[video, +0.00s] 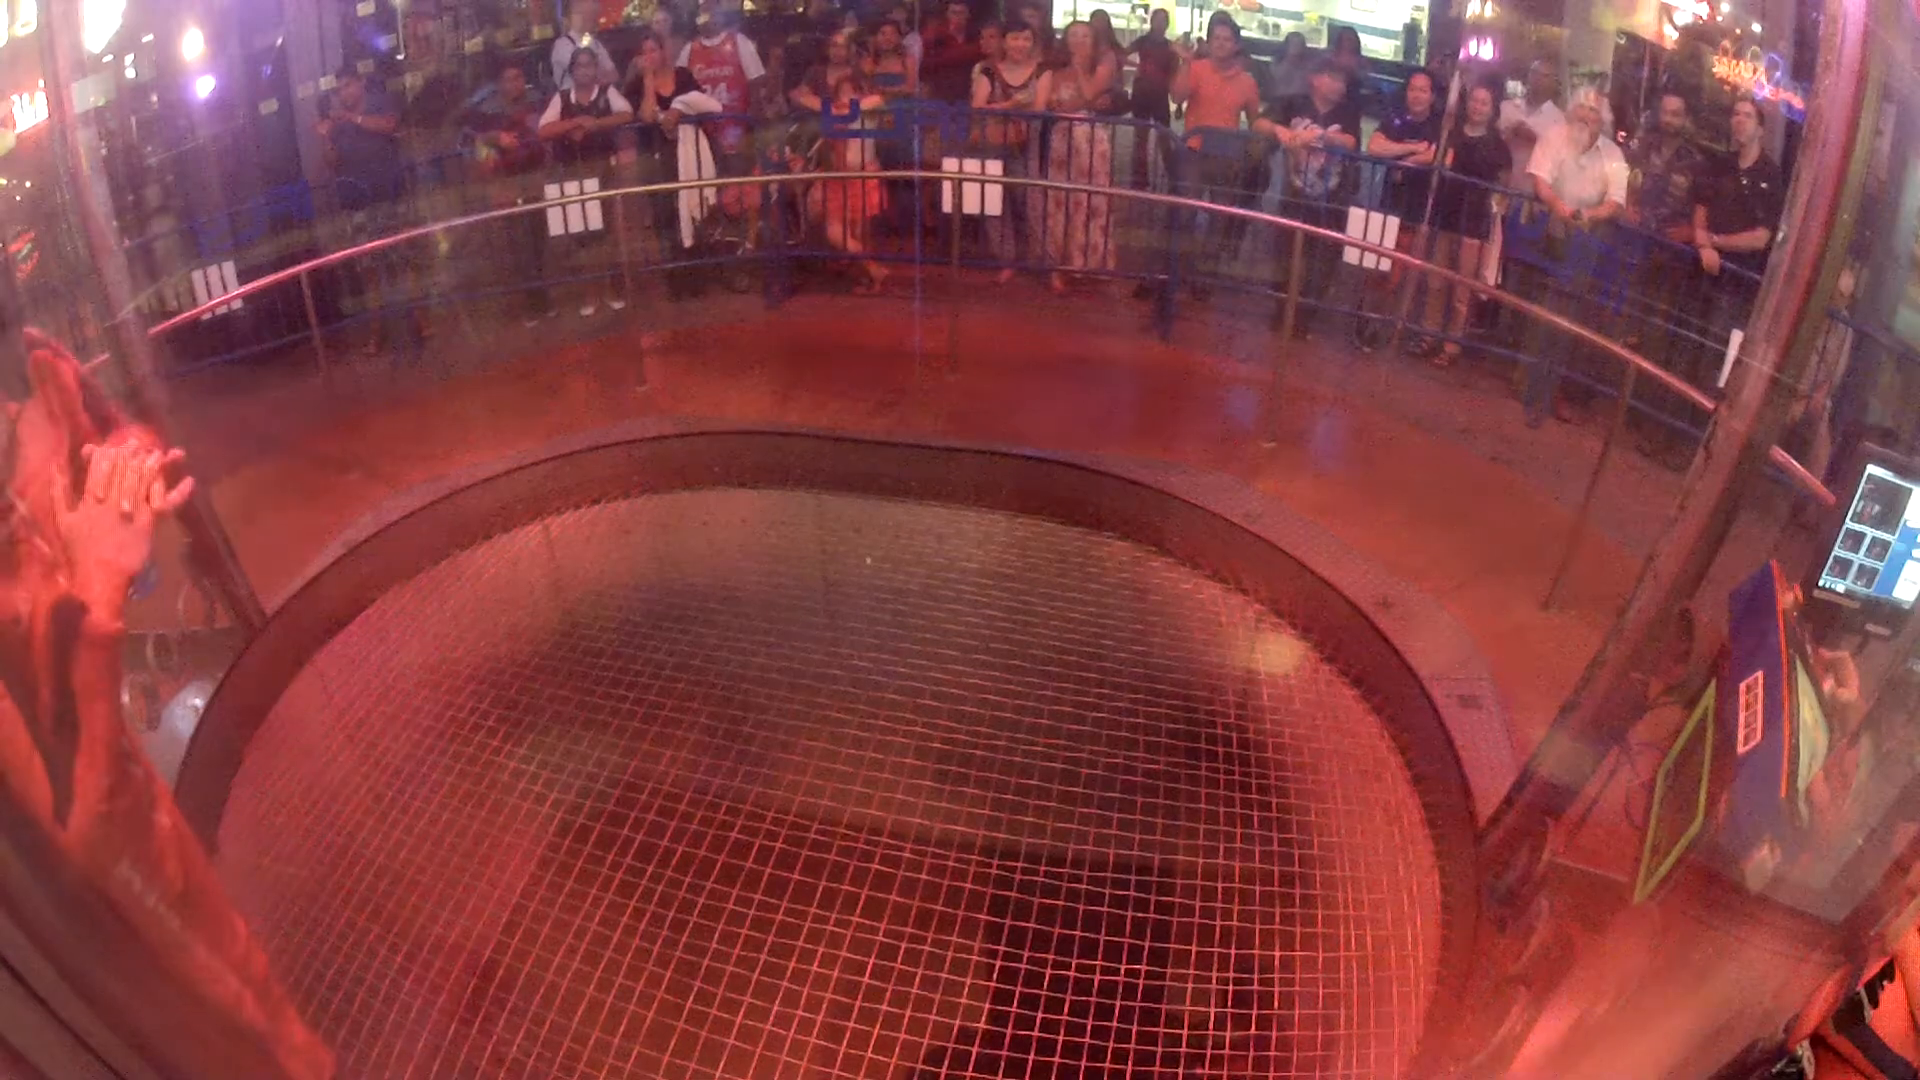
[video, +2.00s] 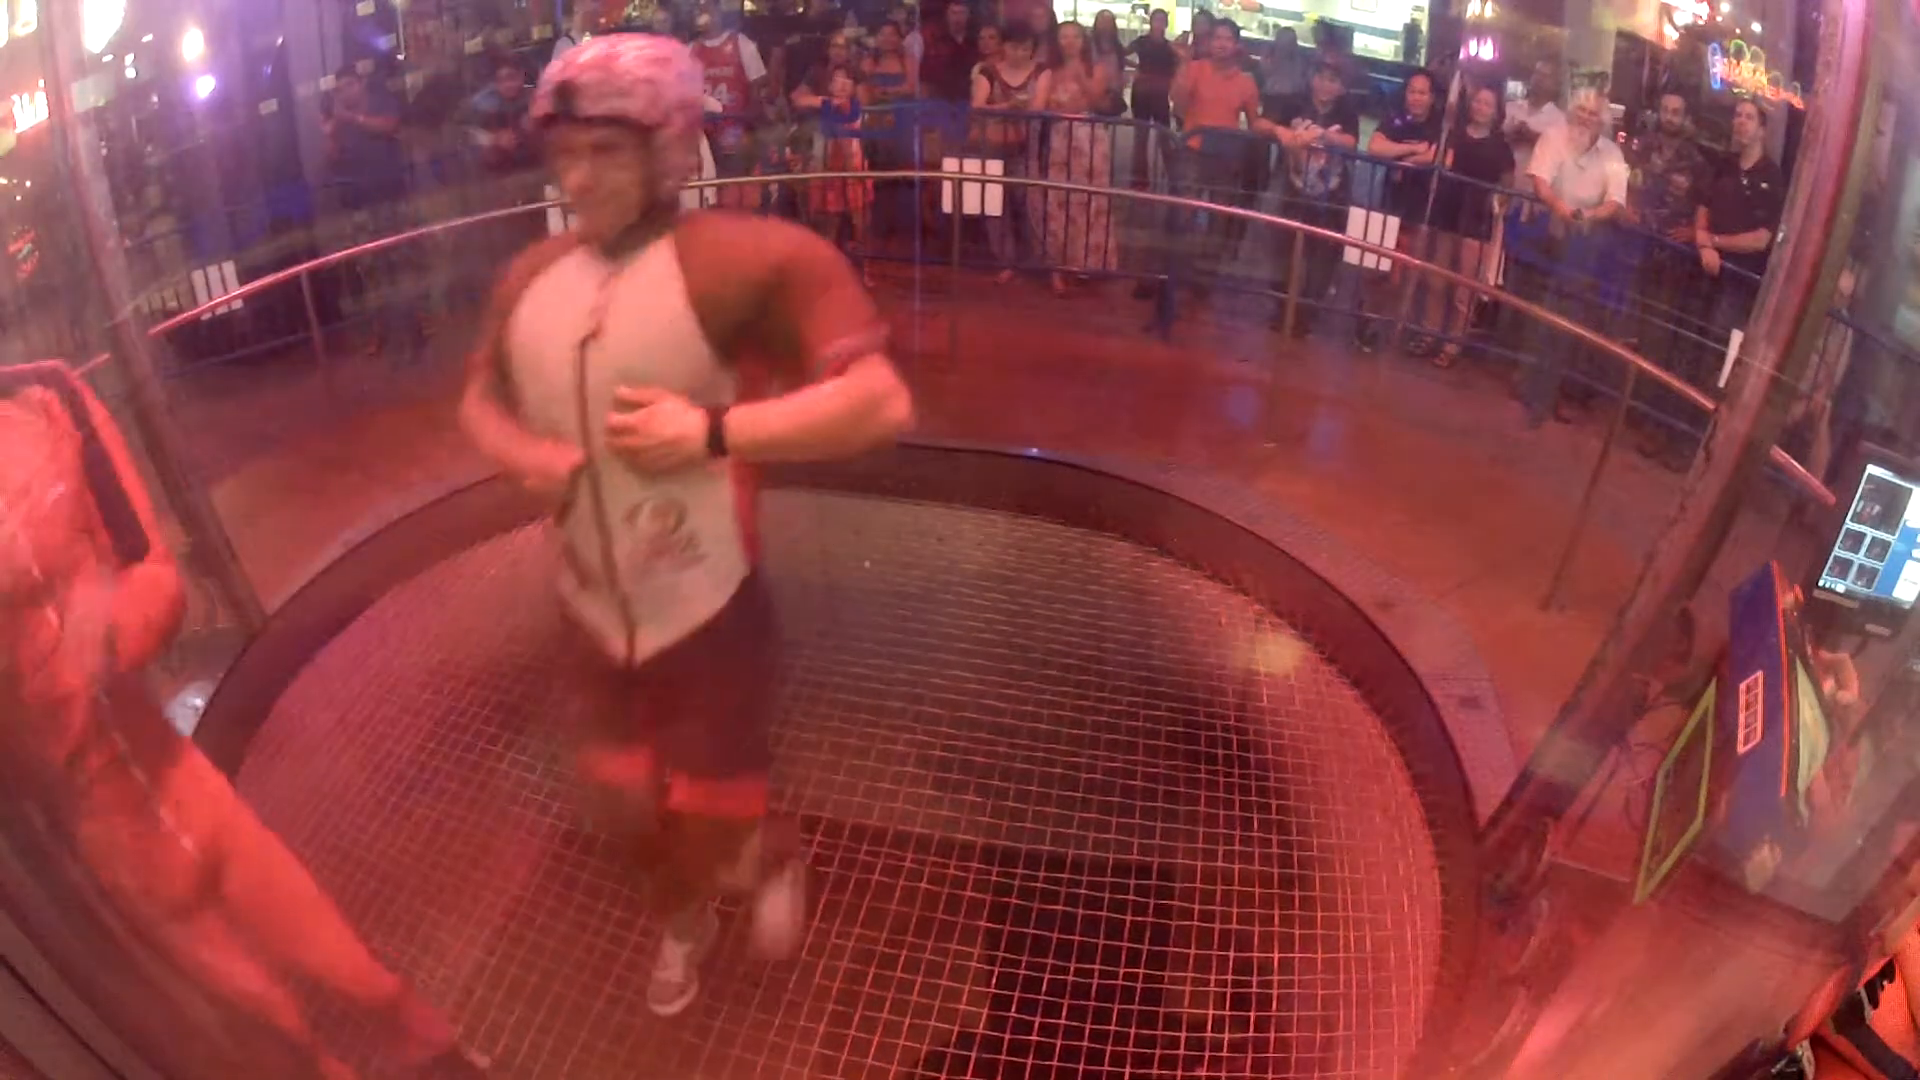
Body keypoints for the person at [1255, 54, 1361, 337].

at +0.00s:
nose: (1341, 88)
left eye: (1343, 83)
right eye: (1335, 81)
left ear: (1346, 87)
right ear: (1316, 80)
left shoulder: (1348, 112)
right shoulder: (1293, 104)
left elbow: (1352, 143)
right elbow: (1258, 123)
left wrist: (1321, 136)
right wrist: (1282, 132)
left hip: (1331, 202)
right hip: (1295, 196)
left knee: (1323, 262)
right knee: (1287, 254)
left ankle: (1306, 317)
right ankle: (1281, 310)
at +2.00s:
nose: (1325, 86)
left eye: (1333, 81)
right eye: (1322, 78)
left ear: (1343, 87)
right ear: (1311, 78)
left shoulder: (1346, 111)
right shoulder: (1293, 103)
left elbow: (1351, 143)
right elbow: (1259, 124)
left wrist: (1325, 136)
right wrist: (1283, 134)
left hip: (1332, 196)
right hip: (1296, 190)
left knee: (1324, 255)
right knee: (1286, 248)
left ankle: (1307, 312)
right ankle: (1281, 306)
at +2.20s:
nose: (1326, 85)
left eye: (1333, 81)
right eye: (1322, 78)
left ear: (1343, 87)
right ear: (1311, 78)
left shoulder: (1346, 112)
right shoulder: (1292, 104)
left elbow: (1351, 143)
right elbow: (1259, 124)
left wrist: (1323, 136)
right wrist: (1282, 134)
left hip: (1331, 197)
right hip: (1295, 191)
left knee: (1323, 254)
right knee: (1287, 248)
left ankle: (1308, 311)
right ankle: (1281, 305)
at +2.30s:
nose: (1326, 85)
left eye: (1334, 81)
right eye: (1324, 78)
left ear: (1343, 88)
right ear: (1313, 77)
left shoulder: (1346, 111)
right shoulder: (1294, 103)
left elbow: (1351, 143)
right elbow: (1262, 124)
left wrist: (1321, 136)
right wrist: (1284, 135)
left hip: (1331, 196)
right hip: (1295, 189)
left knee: (1323, 253)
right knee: (1287, 247)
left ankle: (1308, 310)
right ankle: (1281, 304)